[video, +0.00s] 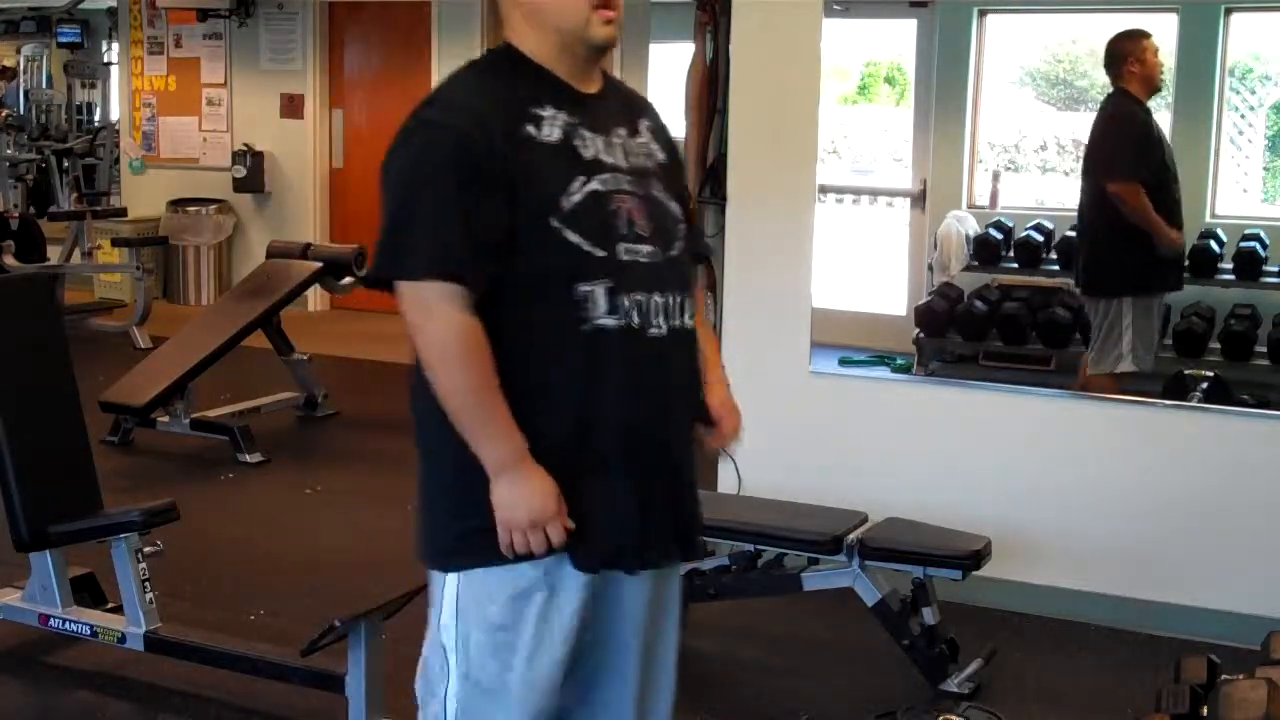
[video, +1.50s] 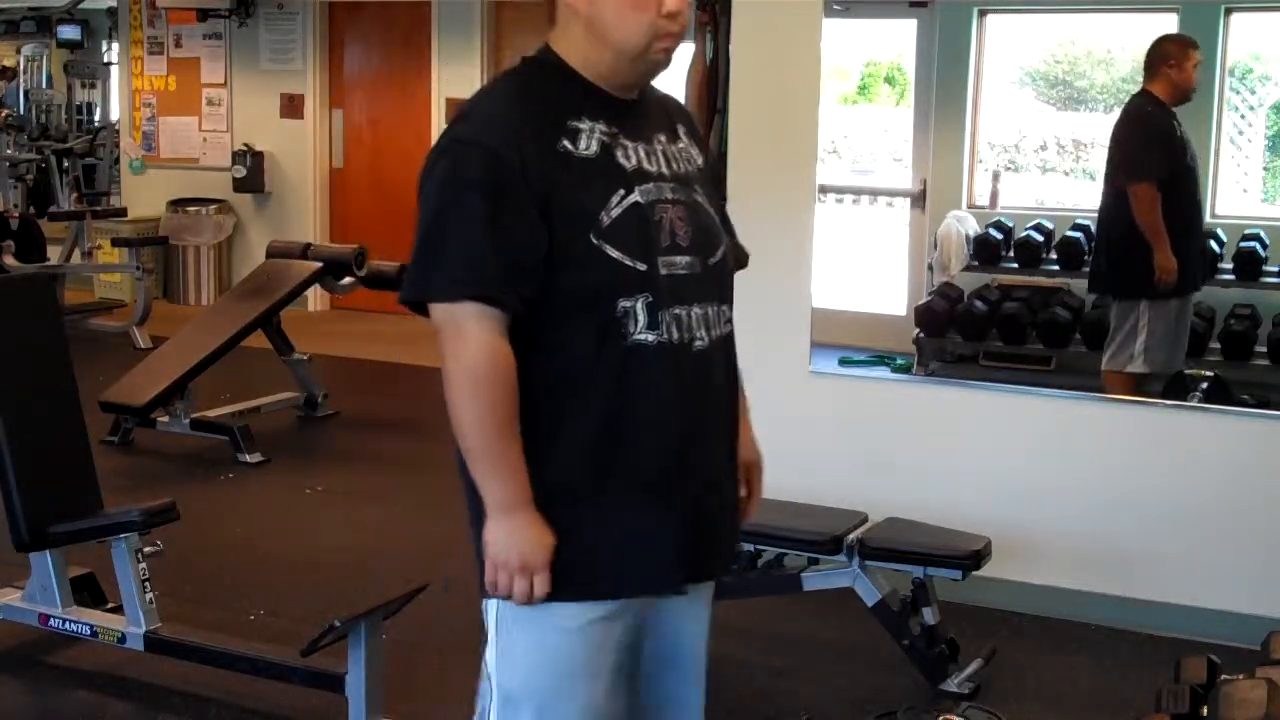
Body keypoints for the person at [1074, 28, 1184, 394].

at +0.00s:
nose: (1162, 64)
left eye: (1159, 56)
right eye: (1155, 56)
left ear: (1129, 66)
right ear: (1133, 65)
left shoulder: (1120, 109)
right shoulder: (1125, 113)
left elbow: (1116, 183)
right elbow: (1120, 184)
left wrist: (1162, 231)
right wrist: (1166, 233)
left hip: (1113, 263)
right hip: (1125, 267)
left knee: (1100, 363)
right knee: (1118, 371)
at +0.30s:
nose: (1176, 65)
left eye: (1174, 57)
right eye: (1171, 57)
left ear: (1144, 65)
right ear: (1150, 64)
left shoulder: (1140, 111)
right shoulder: (1137, 114)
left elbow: (1134, 186)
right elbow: (1132, 187)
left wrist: (1157, 247)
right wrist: (1149, 248)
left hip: (1142, 265)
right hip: (1134, 267)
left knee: (1127, 369)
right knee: (1115, 370)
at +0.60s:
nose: (1188, 72)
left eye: (1188, 65)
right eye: (1185, 64)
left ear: (1160, 68)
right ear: (1160, 67)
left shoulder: (1156, 116)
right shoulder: (1139, 117)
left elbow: (1154, 188)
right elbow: (1135, 189)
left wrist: (1177, 246)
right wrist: (1158, 249)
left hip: (1158, 264)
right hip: (1137, 265)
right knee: (1121, 366)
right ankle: (1104, 444)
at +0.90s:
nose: (1197, 81)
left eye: (1199, 73)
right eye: (1194, 72)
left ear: (1170, 71)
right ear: (1167, 69)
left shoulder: (1166, 118)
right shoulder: (1138, 116)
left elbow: (1167, 189)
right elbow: (1125, 190)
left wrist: (1185, 247)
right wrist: (1147, 248)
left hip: (1166, 263)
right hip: (1139, 266)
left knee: (1149, 364)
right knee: (1132, 364)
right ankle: (1106, 445)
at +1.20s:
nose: (1200, 78)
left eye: (1200, 69)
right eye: (1197, 68)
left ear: (1172, 68)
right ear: (1176, 68)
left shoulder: (1166, 116)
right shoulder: (1142, 113)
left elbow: (1166, 186)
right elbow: (1133, 186)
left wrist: (1181, 246)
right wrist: (1151, 247)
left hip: (1168, 261)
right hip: (1141, 263)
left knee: (1153, 365)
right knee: (1124, 365)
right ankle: (1116, 446)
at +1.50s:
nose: (1197, 78)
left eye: (1197, 69)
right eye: (1194, 68)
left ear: (1168, 69)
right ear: (1171, 68)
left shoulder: (1157, 115)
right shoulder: (1145, 115)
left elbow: (1150, 188)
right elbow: (1141, 188)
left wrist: (1174, 249)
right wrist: (1162, 250)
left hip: (1160, 262)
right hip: (1143, 262)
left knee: (1143, 365)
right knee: (1127, 364)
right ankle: (1117, 446)